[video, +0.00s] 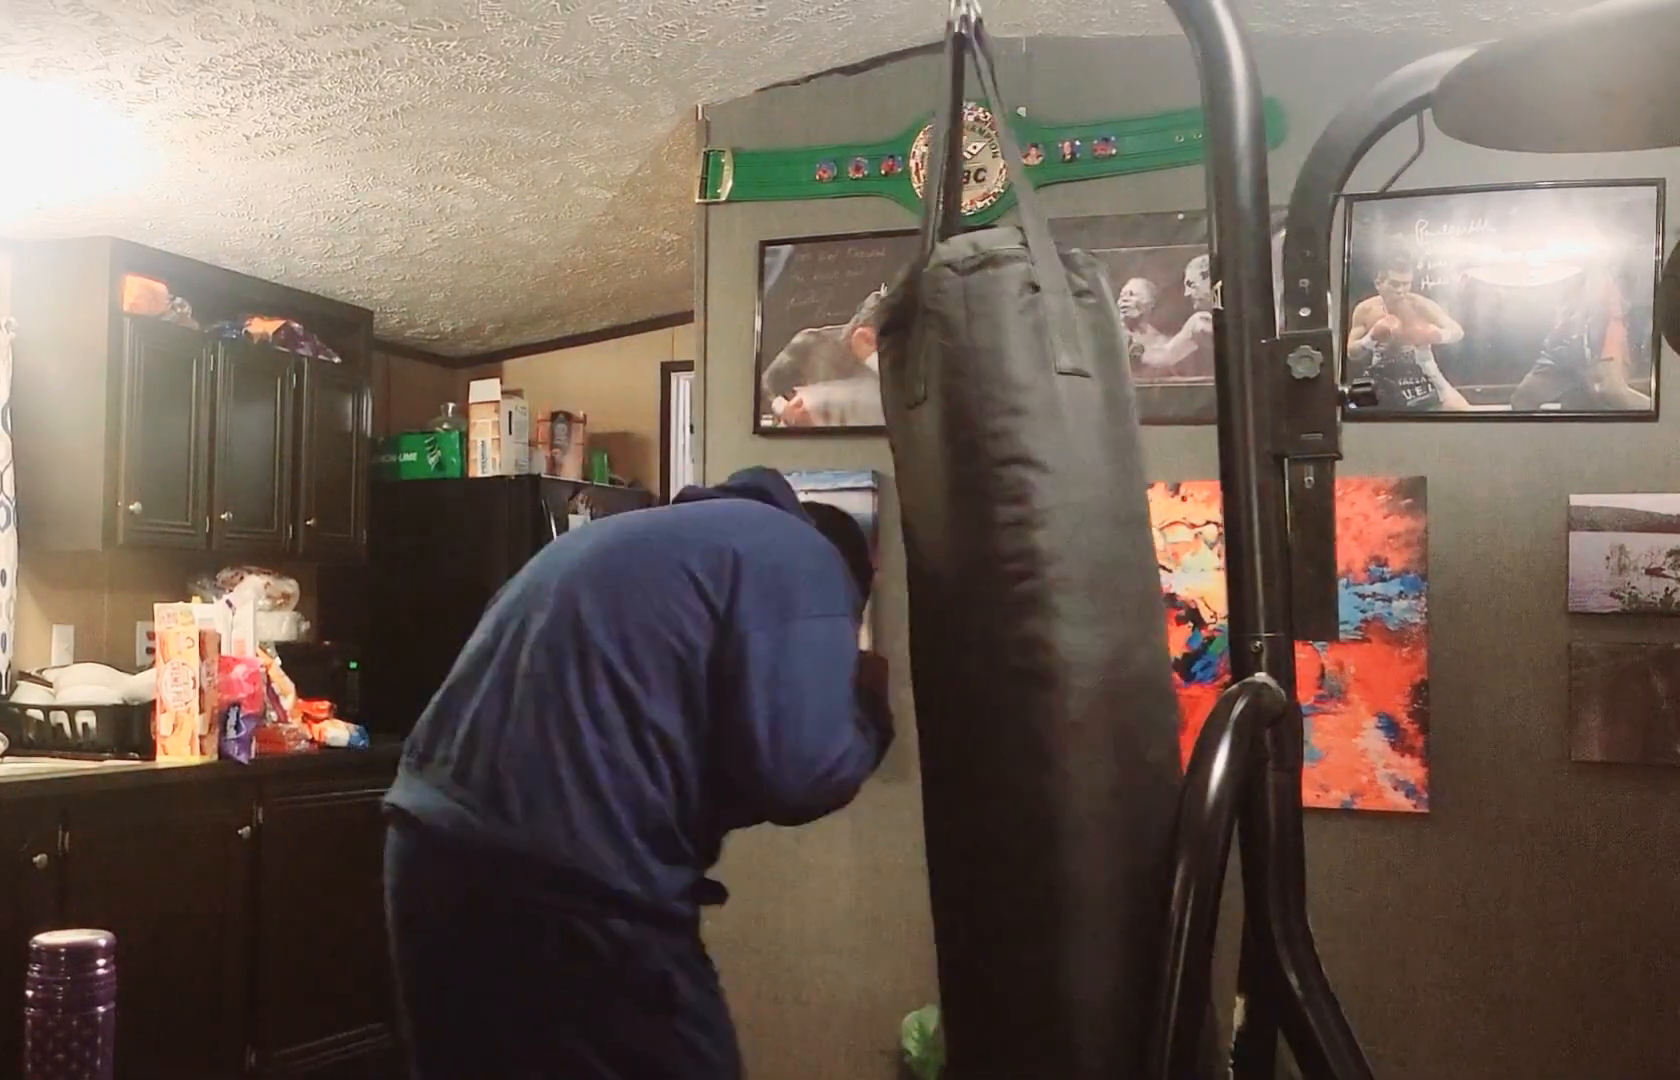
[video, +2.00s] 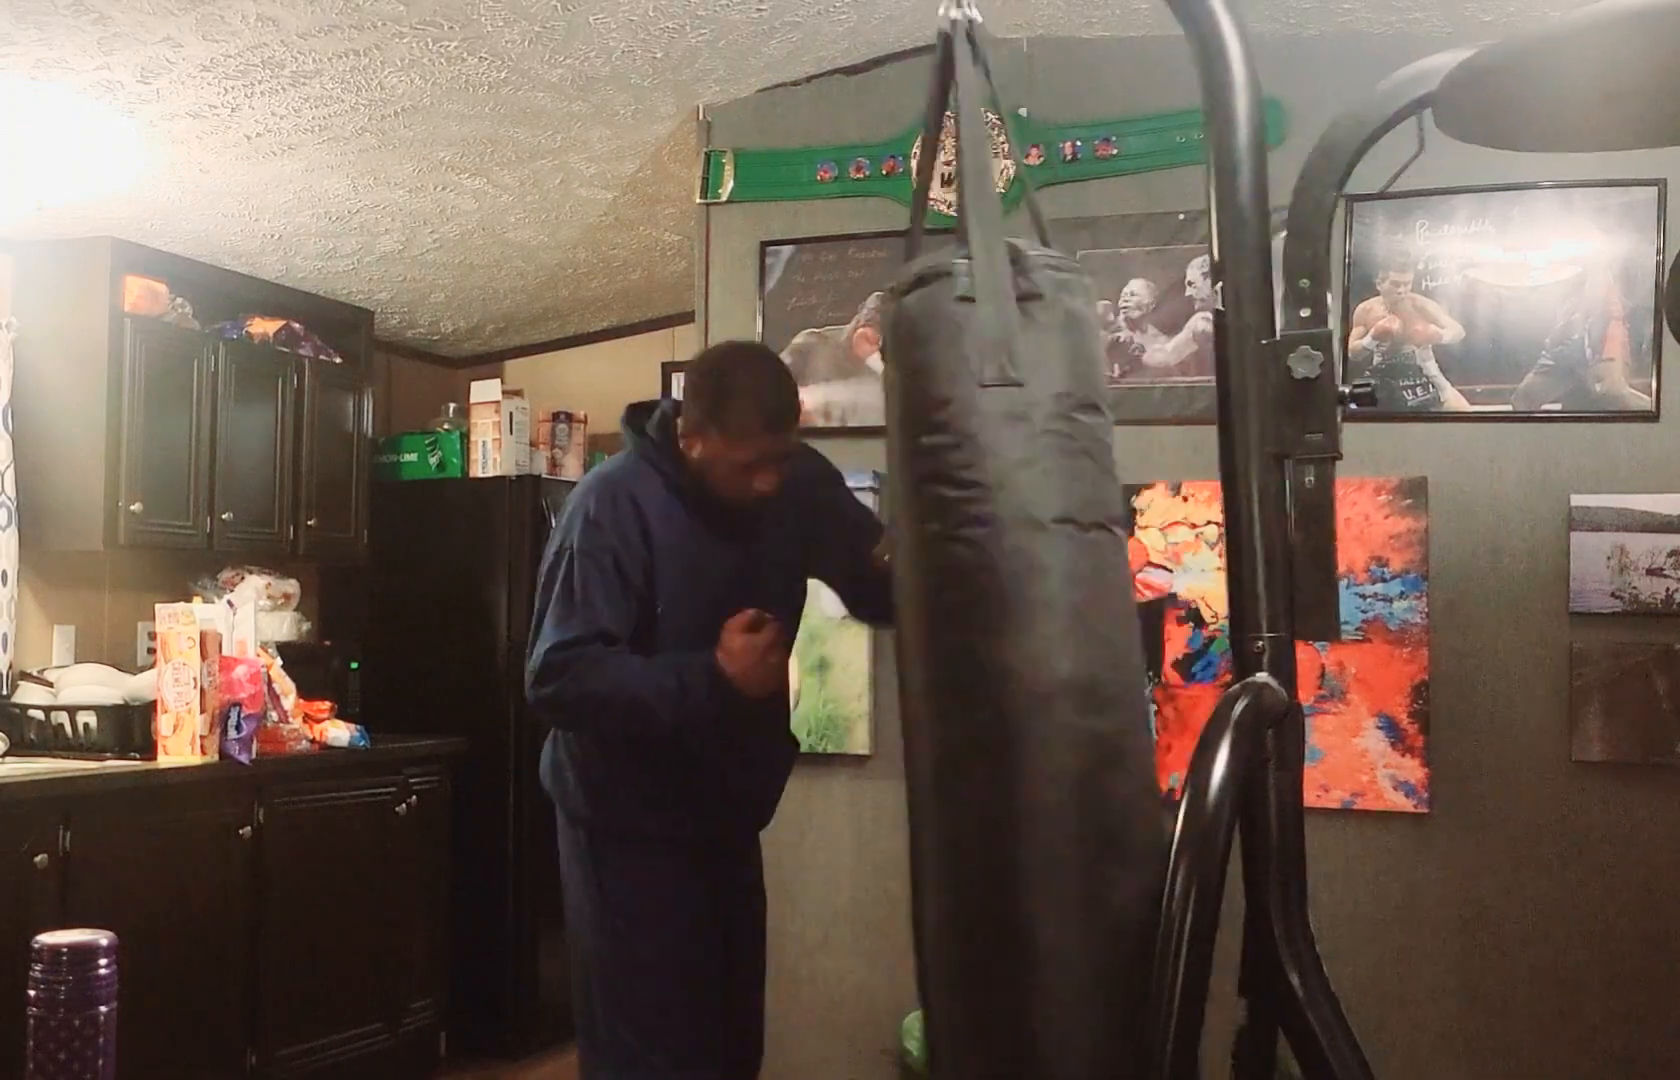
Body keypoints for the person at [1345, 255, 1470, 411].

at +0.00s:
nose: (1401, 290)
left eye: (1406, 284)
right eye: (1395, 284)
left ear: (1411, 283)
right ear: (1379, 283)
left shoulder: (1421, 305)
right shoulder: (1365, 310)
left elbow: (1457, 331)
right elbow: (1351, 353)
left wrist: (1435, 335)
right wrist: (1372, 337)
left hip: (1427, 381)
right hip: (1384, 384)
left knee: (1467, 415)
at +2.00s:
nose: (1402, 290)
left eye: (1406, 285)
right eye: (1396, 284)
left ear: (1412, 283)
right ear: (1379, 284)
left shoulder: (1421, 305)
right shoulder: (1365, 310)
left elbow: (1458, 331)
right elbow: (1352, 353)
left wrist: (1436, 335)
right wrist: (1373, 337)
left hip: (1427, 380)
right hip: (1384, 383)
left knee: (1467, 416)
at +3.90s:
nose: (1401, 291)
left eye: (1406, 285)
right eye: (1395, 285)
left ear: (1411, 284)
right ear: (1379, 284)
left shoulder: (1421, 305)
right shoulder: (1365, 311)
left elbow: (1457, 332)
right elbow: (1351, 352)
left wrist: (1435, 336)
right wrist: (1373, 337)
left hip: (1427, 380)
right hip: (1383, 383)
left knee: (1466, 417)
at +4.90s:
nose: (1401, 292)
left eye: (1405, 286)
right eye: (1394, 285)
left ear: (1410, 284)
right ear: (1378, 284)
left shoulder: (1420, 306)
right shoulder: (1364, 312)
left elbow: (1456, 332)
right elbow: (1351, 354)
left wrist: (1434, 336)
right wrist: (1372, 338)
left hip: (1427, 383)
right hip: (1385, 387)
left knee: (1466, 419)